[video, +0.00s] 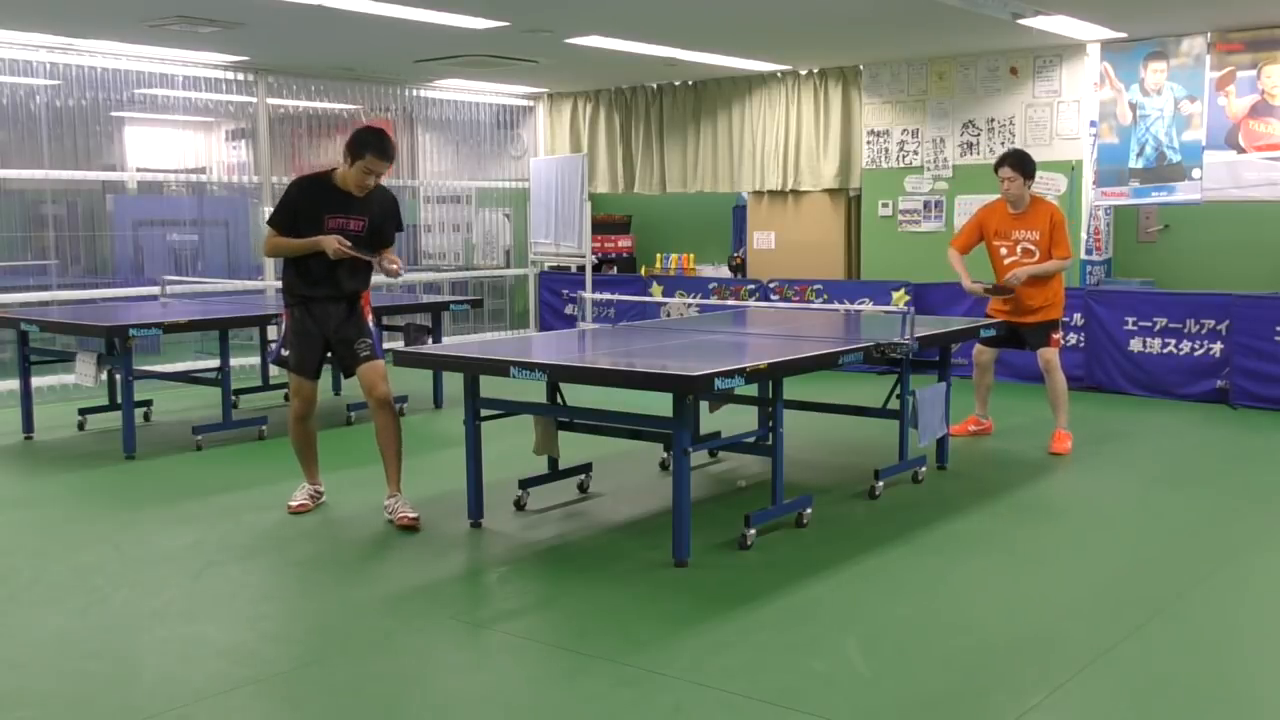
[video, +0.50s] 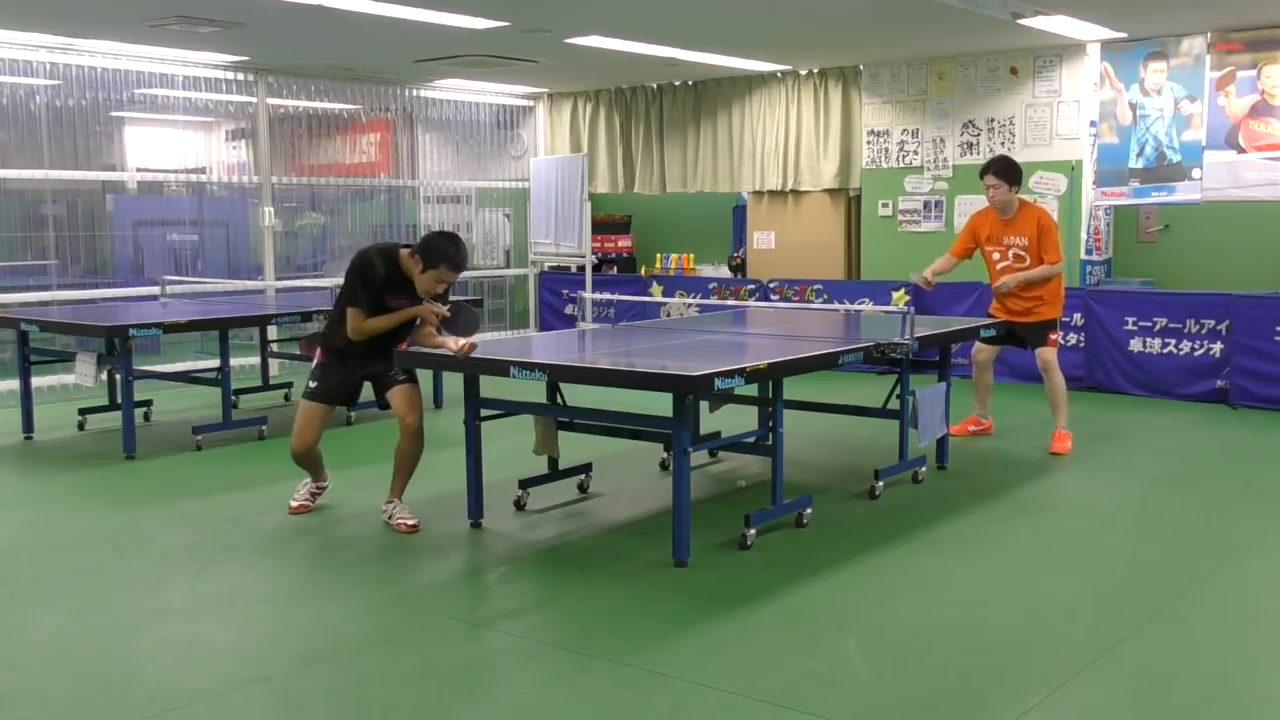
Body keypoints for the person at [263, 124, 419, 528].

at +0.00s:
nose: (372, 182)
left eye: (379, 175)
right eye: (367, 173)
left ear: (386, 169)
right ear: (347, 159)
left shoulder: (382, 201)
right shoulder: (304, 189)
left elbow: (384, 251)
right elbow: (270, 245)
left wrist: (389, 262)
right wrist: (318, 242)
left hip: (352, 310)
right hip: (304, 310)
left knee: (381, 394)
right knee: (301, 406)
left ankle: (394, 496)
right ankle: (312, 485)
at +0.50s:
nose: (442, 290)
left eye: (447, 285)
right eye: (439, 282)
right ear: (417, 262)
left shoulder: (434, 283)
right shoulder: (370, 262)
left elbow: (422, 334)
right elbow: (355, 329)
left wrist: (447, 341)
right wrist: (416, 312)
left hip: (388, 353)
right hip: (340, 352)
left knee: (412, 423)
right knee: (301, 446)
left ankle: (394, 502)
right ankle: (319, 480)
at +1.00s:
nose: (442, 260)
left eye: (448, 253)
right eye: (437, 250)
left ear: (453, 251)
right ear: (411, 240)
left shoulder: (442, 269)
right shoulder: (370, 250)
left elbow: (428, 325)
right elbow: (361, 318)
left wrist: (451, 345)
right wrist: (420, 302)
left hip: (392, 350)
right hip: (343, 346)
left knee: (412, 426)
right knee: (296, 440)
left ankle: (393, 502)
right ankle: (309, 479)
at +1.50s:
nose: (344, 159)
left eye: (351, 152)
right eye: (335, 150)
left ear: (357, 160)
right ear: (316, 157)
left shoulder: (370, 196)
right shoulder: (295, 212)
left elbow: (412, 193)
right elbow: (283, 275)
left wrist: (420, 160)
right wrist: (288, 320)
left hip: (363, 320)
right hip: (314, 322)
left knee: (393, 410)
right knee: (282, 418)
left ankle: (394, 501)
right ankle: (274, 487)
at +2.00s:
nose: (338, 236)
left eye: (346, 228)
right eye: (332, 226)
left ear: (353, 222)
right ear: (311, 214)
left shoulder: (354, 247)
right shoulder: (274, 226)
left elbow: (374, 277)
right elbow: (223, 239)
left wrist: (371, 312)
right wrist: (191, 252)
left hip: (325, 338)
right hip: (275, 341)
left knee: (379, 405)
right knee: (266, 446)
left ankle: (330, 482)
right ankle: (276, 488)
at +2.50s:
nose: (350, 184)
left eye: (349, 175)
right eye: (347, 175)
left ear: (302, 176)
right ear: (331, 177)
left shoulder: (269, 212)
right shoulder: (310, 220)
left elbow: (227, 271)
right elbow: (335, 298)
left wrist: (280, 293)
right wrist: (389, 312)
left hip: (245, 342)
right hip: (269, 348)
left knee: (306, 429)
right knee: (337, 453)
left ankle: (326, 503)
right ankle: (304, 570)